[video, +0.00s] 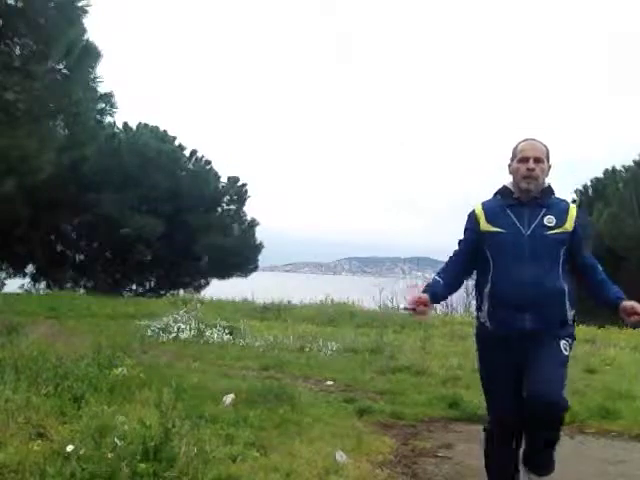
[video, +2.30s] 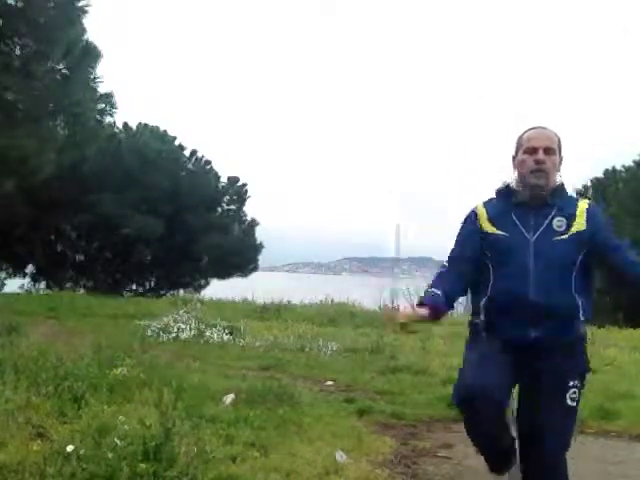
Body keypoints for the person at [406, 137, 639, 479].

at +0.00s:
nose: (530, 166)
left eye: (537, 161)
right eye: (523, 160)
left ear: (548, 169)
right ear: (511, 167)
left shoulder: (568, 215)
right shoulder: (484, 215)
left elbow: (586, 266)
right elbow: (460, 263)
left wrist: (619, 301)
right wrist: (431, 294)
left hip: (550, 334)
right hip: (497, 333)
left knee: (545, 401)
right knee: (502, 420)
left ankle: (538, 465)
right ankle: (502, 475)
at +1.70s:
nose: (542, 146)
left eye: (551, 141)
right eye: (533, 140)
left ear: (562, 153)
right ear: (518, 151)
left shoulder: (584, 202)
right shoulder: (490, 205)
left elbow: (614, 245)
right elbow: (468, 264)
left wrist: (628, 281)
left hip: (559, 340)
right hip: (497, 337)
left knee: (549, 443)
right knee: (478, 397)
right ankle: (500, 474)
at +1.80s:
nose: (541, 130)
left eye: (550, 125)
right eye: (532, 124)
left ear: (562, 134)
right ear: (517, 133)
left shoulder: (574, 169)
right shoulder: (496, 177)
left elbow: (570, 209)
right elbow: (496, 247)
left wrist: (502, 241)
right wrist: (573, 270)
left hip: (553, 311)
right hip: (499, 310)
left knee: (546, 416)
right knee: (492, 400)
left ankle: (542, 473)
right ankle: (499, 473)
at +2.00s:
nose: (534, 157)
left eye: (542, 151)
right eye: (525, 151)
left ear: (553, 161)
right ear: (510, 160)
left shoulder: (571, 202)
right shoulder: (486, 208)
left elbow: (567, 254)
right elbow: (487, 270)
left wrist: (516, 251)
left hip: (553, 332)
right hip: (497, 334)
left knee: (558, 405)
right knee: (497, 433)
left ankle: (537, 468)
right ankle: (499, 473)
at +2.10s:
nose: (537, 135)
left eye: (546, 129)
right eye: (528, 128)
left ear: (558, 139)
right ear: (512, 138)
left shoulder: (579, 194)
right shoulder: (482, 192)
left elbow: (598, 254)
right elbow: (456, 250)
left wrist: (623, 295)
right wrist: (428, 299)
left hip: (559, 328)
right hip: (498, 329)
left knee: (551, 416)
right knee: (501, 431)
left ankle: (547, 475)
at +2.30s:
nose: (540, 158)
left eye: (548, 152)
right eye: (531, 152)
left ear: (560, 163)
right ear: (515, 162)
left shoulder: (585, 215)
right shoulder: (484, 215)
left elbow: (624, 263)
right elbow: (458, 269)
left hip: (558, 343)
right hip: (494, 340)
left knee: (545, 453)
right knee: (475, 398)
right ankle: (503, 461)